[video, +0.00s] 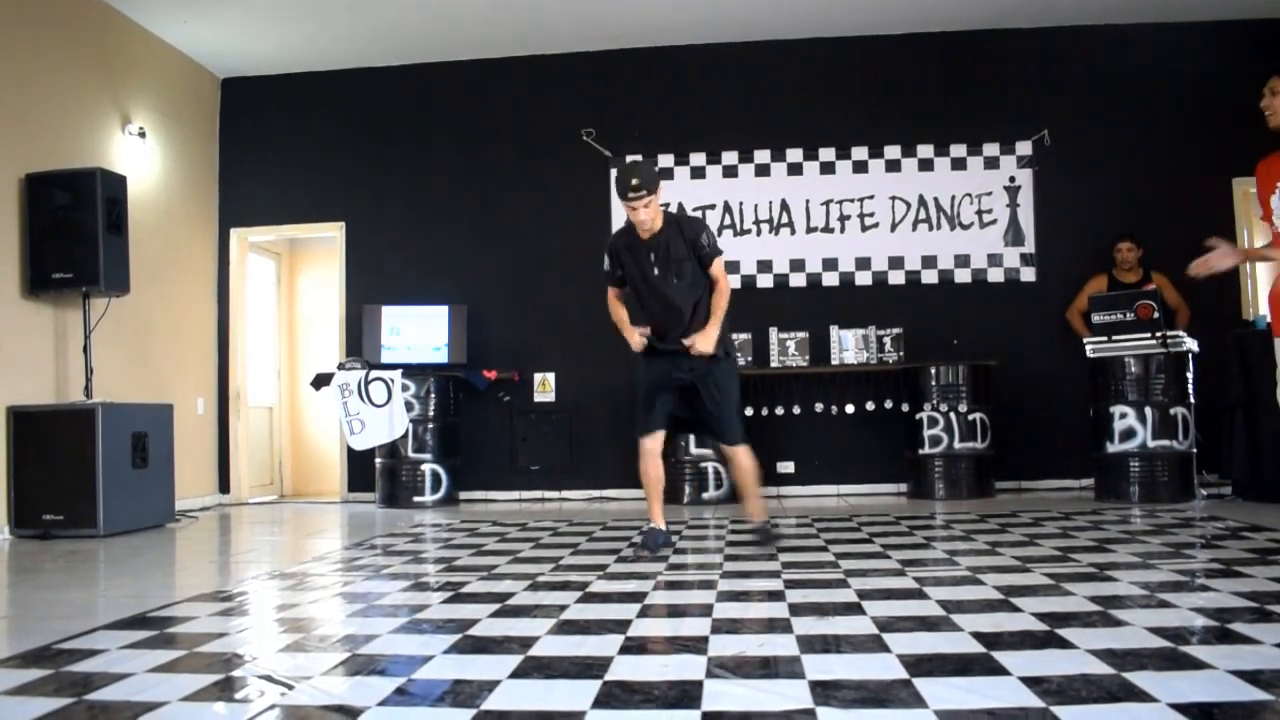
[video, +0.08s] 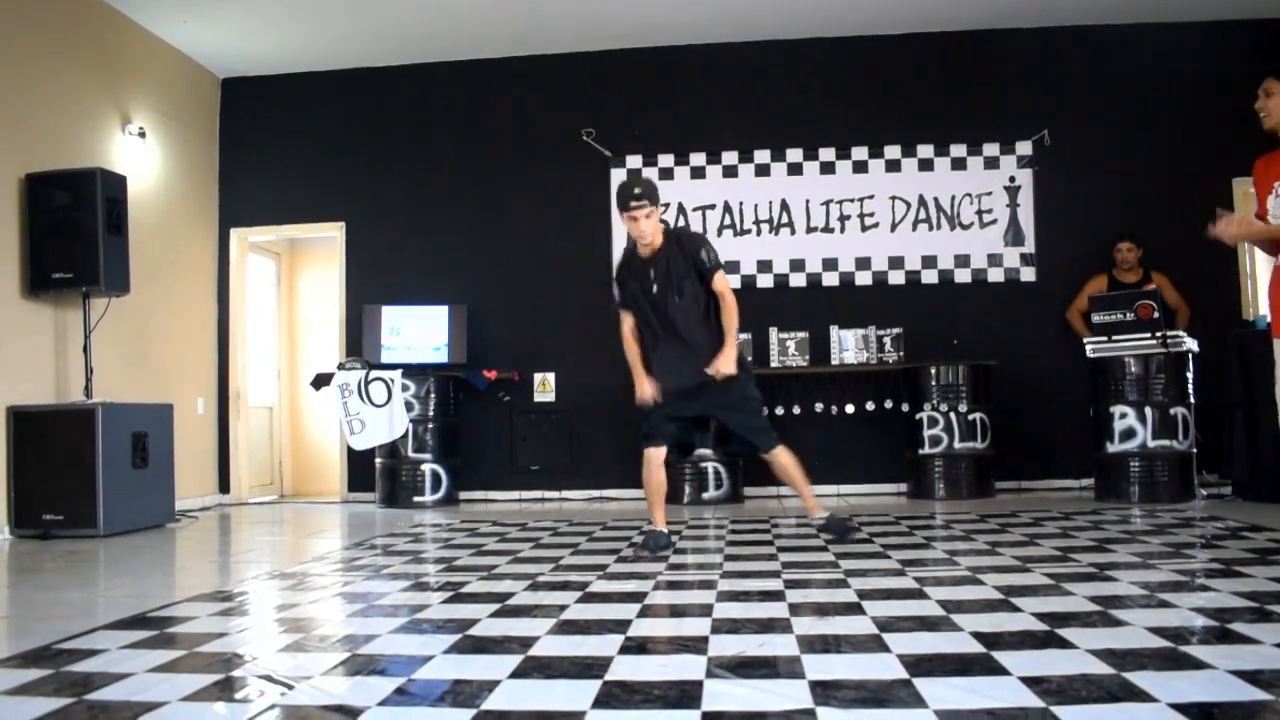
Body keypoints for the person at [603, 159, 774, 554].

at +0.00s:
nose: (640, 214)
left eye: (646, 205)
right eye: (632, 207)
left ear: (660, 195)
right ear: (622, 205)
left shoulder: (691, 230)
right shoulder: (619, 246)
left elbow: (722, 282)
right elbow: (615, 295)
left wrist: (712, 330)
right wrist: (627, 329)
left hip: (707, 351)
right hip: (658, 355)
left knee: (731, 441)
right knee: (649, 440)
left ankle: (759, 521)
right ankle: (657, 527)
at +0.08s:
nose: (640, 224)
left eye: (645, 215)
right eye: (632, 217)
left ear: (658, 213)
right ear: (623, 221)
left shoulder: (691, 245)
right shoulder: (626, 268)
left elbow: (726, 296)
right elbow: (628, 330)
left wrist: (729, 349)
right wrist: (639, 376)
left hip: (716, 367)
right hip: (666, 378)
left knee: (766, 441)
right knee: (653, 451)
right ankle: (658, 530)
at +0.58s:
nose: (738, 251)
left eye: (742, 243)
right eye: (727, 245)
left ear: (748, 247)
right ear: (711, 253)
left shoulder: (770, 278)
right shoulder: (716, 313)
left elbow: (795, 327)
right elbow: (766, 361)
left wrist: (799, 377)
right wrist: (822, 389)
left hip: (788, 393)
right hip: (742, 401)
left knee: (852, 442)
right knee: (702, 466)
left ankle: (867, 524)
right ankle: (662, 529)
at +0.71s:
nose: (757, 253)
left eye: (762, 245)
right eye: (747, 246)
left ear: (769, 248)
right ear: (729, 253)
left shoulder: (785, 283)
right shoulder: (727, 310)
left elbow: (801, 319)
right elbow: (767, 370)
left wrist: (824, 343)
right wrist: (817, 404)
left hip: (797, 393)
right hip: (747, 400)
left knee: (859, 441)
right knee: (704, 467)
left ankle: (867, 524)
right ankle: (660, 530)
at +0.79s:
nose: (781, 248)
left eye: (785, 241)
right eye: (771, 242)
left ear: (791, 246)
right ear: (752, 251)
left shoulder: (805, 286)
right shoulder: (744, 307)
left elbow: (820, 322)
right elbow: (763, 374)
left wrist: (844, 343)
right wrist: (812, 404)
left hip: (812, 401)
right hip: (757, 407)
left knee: (866, 439)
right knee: (707, 465)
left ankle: (869, 525)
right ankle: (659, 530)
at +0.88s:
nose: (820, 222)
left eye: (824, 214)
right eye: (810, 216)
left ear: (829, 220)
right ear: (790, 224)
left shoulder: (835, 271)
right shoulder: (783, 277)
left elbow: (847, 329)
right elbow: (787, 347)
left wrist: (864, 367)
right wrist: (808, 403)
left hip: (823, 378)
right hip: (779, 383)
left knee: (870, 436)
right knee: (752, 461)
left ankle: (870, 524)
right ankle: (685, 515)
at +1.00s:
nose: (850, 217)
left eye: (854, 210)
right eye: (840, 210)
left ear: (859, 216)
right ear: (821, 215)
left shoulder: (860, 267)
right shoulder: (799, 261)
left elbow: (864, 328)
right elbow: (800, 329)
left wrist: (884, 361)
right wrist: (839, 367)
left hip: (837, 360)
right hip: (791, 359)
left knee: (860, 432)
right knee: (841, 396)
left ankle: (869, 524)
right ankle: (787, 456)